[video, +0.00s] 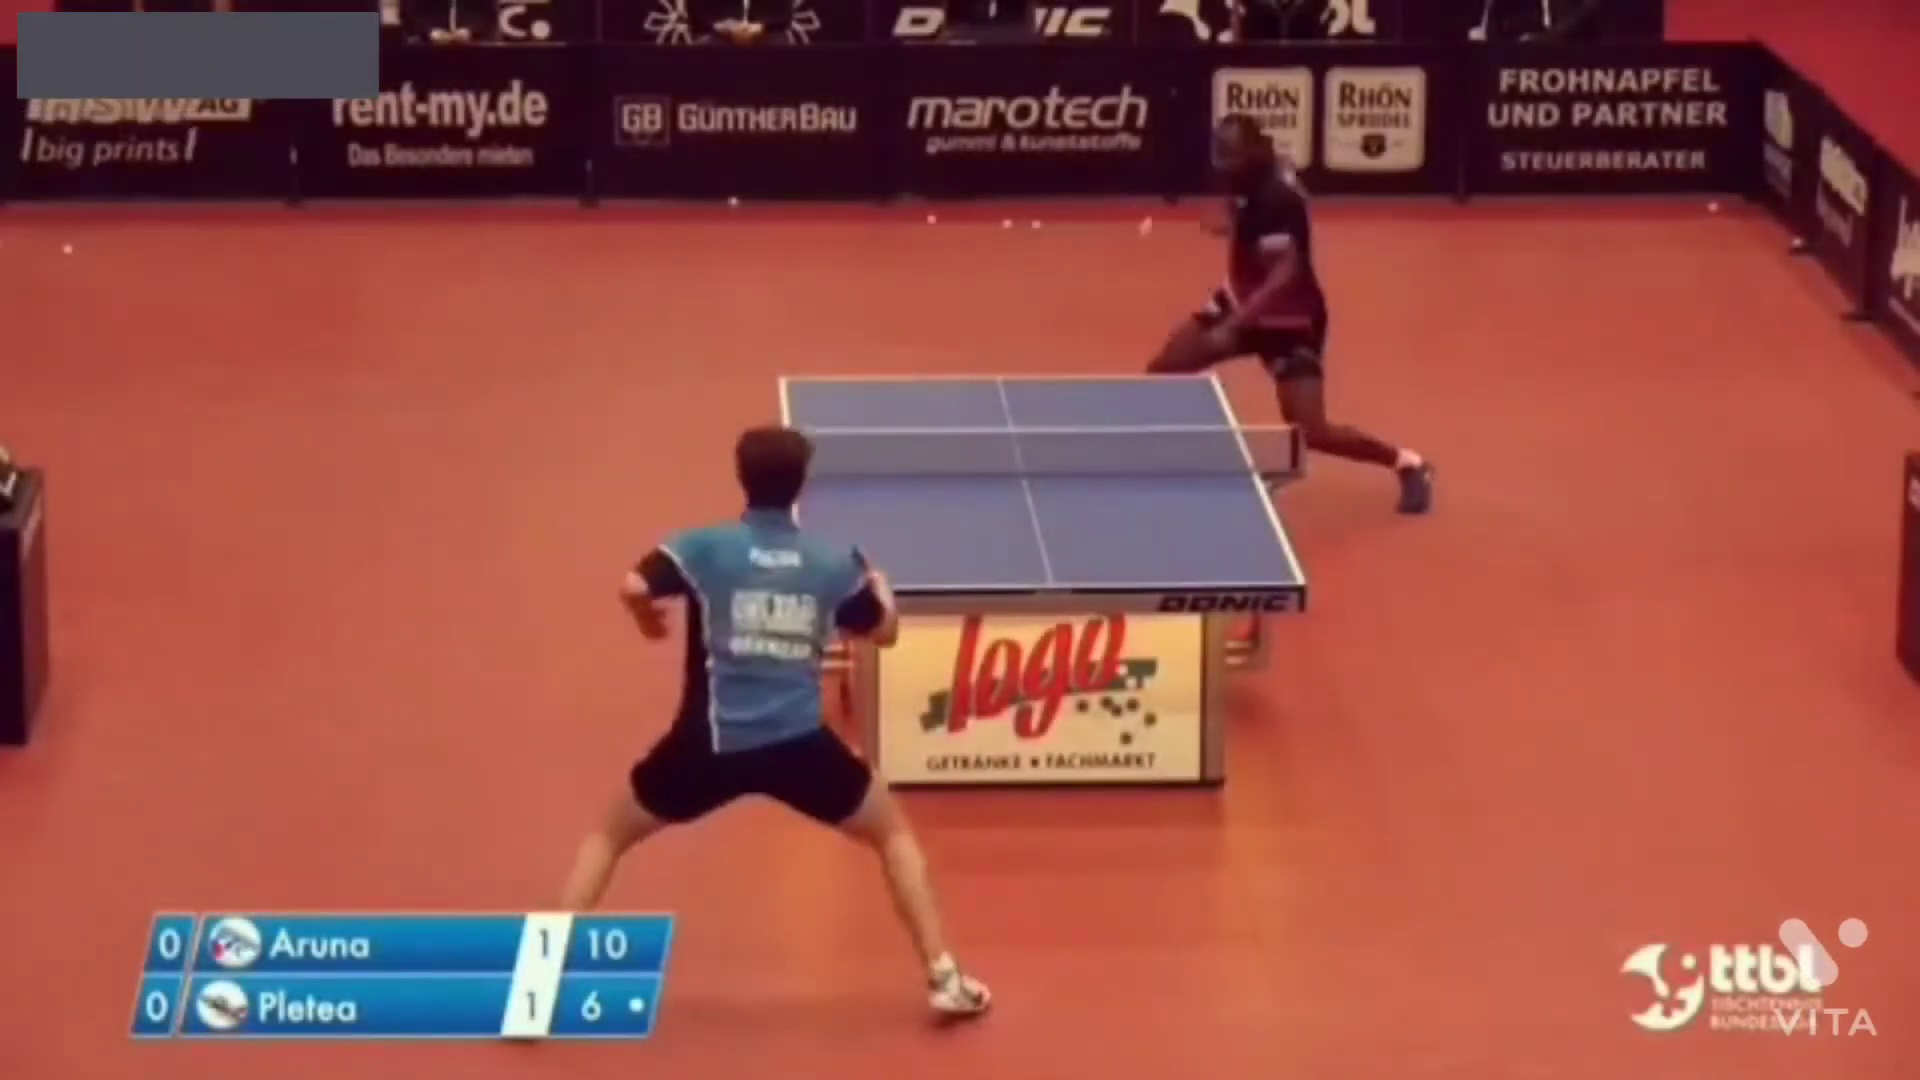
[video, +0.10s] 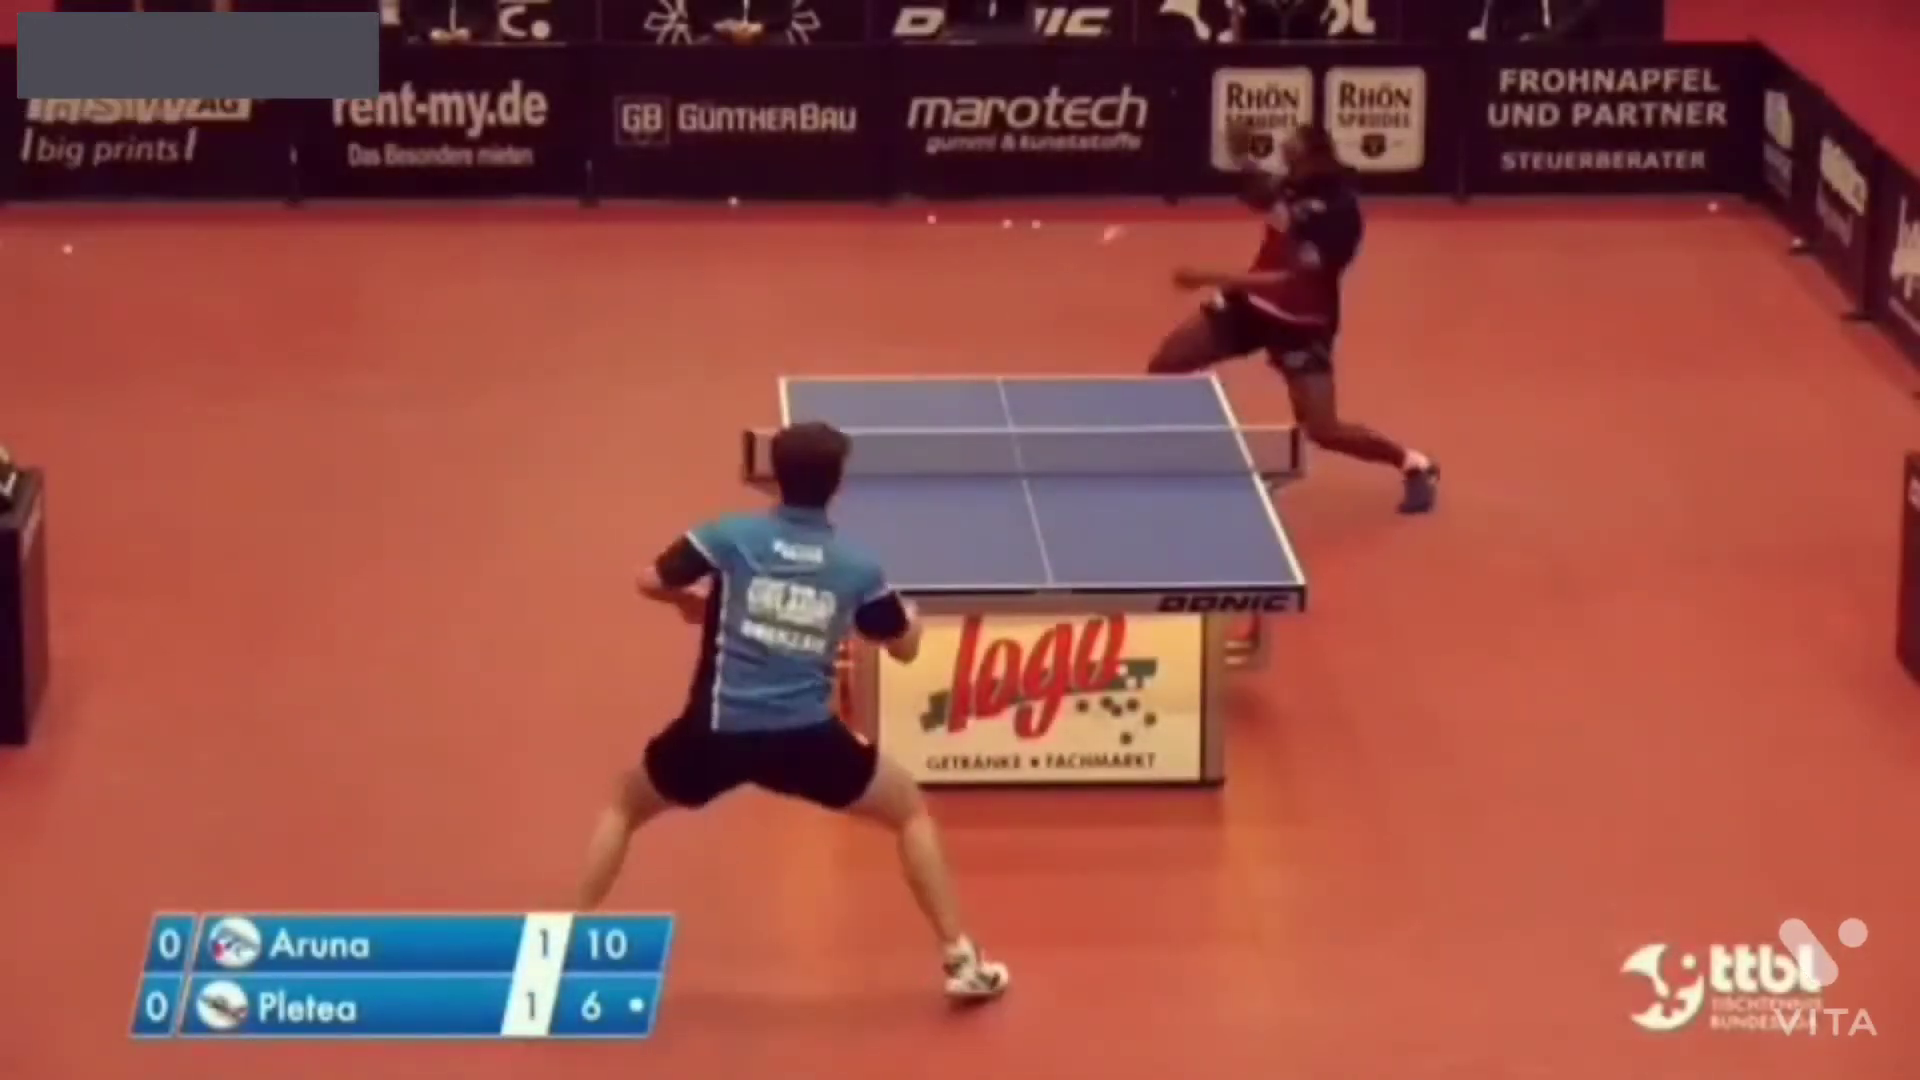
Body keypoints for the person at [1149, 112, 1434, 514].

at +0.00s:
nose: (1221, 157)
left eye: (1229, 149)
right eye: (1219, 148)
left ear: (1257, 149)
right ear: (1226, 150)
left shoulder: (1276, 196)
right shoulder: (1249, 186)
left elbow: (1286, 272)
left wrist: (1233, 322)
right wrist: (1231, 227)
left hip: (1290, 324)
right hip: (1245, 312)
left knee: (1310, 430)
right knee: (1161, 373)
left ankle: (1407, 464)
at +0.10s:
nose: (1288, 164)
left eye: (1295, 157)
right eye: (1287, 158)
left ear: (1319, 158)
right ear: (1294, 161)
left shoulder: (1337, 210)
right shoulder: (1293, 189)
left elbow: (1294, 278)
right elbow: (1266, 199)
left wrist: (1214, 282)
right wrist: (1253, 181)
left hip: (1302, 327)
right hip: (1255, 308)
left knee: (1322, 430)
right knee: (1165, 363)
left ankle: (1415, 465)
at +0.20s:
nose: (1332, 185)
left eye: (1344, 179)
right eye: (1331, 175)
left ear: (1361, 189)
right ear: (1326, 171)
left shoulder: (1363, 249)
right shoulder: (1309, 177)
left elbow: (1305, 292)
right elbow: (1264, 140)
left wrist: (1251, 260)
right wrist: (1320, 120)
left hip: (1309, 335)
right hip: (1252, 311)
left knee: (1335, 429)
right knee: (1158, 369)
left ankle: (1418, 467)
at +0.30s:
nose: (1349, 183)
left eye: (1360, 178)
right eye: (1347, 174)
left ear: (1373, 189)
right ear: (1340, 174)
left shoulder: (1374, 246)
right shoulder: (1317, 188)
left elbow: (1353, 312)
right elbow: (1276, 143)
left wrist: (1271, 314)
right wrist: (1345, 152)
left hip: (1314, 333)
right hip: (1256, 315)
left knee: (1343, 413)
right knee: (1183, 374)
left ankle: (1417, 473)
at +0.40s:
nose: (1330, 187)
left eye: (1340, 180)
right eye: (1325, 177)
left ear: (1358, 187)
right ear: (1315, 174)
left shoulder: (1362, 234)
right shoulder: (1292, 196)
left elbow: (1348, 303)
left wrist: (1270, 324)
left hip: (1305, 326)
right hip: (1241, 312)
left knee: (1340, 404)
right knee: (1170, 375)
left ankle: (1417, 473)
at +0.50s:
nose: (1271, 158)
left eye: (1281, 152)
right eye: (1267, 149)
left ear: (1301, 156)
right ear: (1257, 147)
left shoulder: (1319, 199)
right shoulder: (1233, 177)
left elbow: (1321, 274)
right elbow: (1172, 224)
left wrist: (1278, 318)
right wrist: (1196, 197)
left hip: (1280, 306)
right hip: (1214, 294)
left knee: (1329, 388)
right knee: (1124, 362)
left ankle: (1386, 463)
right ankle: (1082, 449)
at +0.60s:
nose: (1235, 159)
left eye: (1244, 150)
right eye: (1228, 150)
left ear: (1262, 151)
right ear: (1216, 152)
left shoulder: (1285, 198)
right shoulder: (1198, 190)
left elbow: (1304, 269)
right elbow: (1155, 249)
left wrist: (1279, 308)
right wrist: (1184, 277)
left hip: (1261, 308)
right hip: (1195, 301)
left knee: (1313, 391)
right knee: (1113, 372)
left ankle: (1349, 467)